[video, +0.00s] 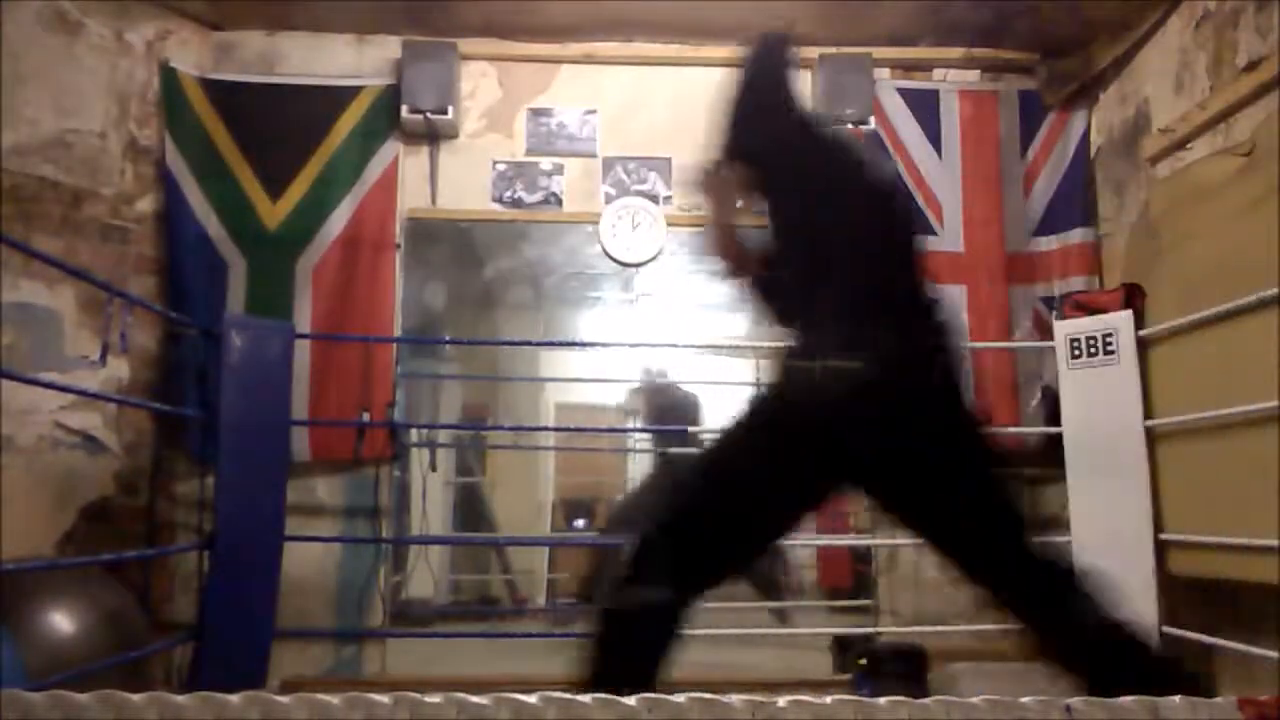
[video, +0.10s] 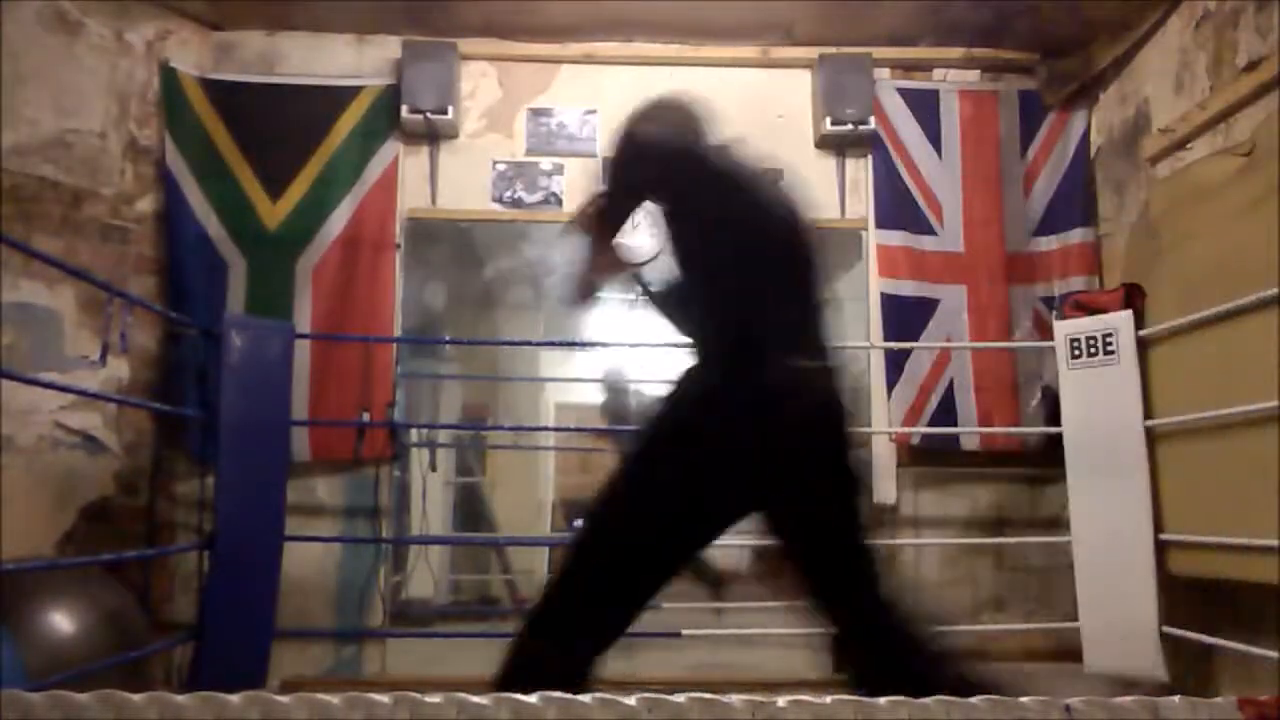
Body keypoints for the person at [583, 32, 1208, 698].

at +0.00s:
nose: (748, 156)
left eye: (753, 143)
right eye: (750, 144)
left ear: (767, 129)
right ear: (810, 118)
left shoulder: (805, 161)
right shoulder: (865, 190)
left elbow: (759, 122)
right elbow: (813, 301)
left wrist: (772, 40)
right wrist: (741, 258)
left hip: (824, 402)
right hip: (912, 400)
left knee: (672, 551)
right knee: (1012, 567)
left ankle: (608, 705)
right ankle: (1157, 691)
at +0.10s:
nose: (635, 167)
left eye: (641, 150)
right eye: (637, 154)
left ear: (654, 142)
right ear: (698, 137)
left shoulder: (673, 161)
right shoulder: (766, 204)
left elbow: (646, 156)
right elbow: (719, 327)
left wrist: (602, 233)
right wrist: (641, 275)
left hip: (726, 419)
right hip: (808, 424)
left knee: (607, 573)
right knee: (856, 604)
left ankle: (521, 706)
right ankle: (965, 709)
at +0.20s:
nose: (544, 215)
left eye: (545, 203)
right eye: (543, 204)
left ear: (556, 195)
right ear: (596, 187)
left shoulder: (577, 226)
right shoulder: (661, 237)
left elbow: (535, 317)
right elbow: (690, 369)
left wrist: (467, 407)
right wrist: (606, 406)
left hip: (648, 449)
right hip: (736, 450)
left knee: (525, 615)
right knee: (695, 647)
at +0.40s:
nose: (436, 251)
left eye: (434, 239)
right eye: (434, 240)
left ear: (440, 229)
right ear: (498, 213)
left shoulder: (465, 261)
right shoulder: (572, 257)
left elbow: (449, 401)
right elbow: (645, 377)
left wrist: (415, 351)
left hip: (551, 430)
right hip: (631, 429)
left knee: (470, 584)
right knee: (539, 593)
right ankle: (527, 710)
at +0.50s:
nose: (444, 188)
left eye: (443, 179)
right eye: (443, 179)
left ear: (448, 173)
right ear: (503, 163)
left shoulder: (456, 208)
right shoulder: (571, 214)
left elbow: (414, 331)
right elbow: (659, 303)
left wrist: (395, 312)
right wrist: (620, 379)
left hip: (523, 397)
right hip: (598, 398)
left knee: (488, 556)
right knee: (541, 551)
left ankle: (483, 698)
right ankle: (528, 692)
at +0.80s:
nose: (451, 249)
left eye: (450, 240)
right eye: (455, 239)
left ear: (453, 240)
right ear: (497, 234)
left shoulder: (450, 280)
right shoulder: (546, 283)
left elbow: (405, 375)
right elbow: (630, 343)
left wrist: (414, 405)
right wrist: (595, 396)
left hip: (500, 454)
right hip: (560, 454)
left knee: (428, 612)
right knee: (523, 586)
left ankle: (580, 683)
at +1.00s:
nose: (406, 329)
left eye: (406, 320)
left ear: (409, 315)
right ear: (459, 309)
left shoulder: (417, 347)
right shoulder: (509, 342)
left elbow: (437, 445)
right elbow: (551, 424)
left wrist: (451, 505)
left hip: (505, 490)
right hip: (562, 487)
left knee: (436, 618)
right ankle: (565, 620)